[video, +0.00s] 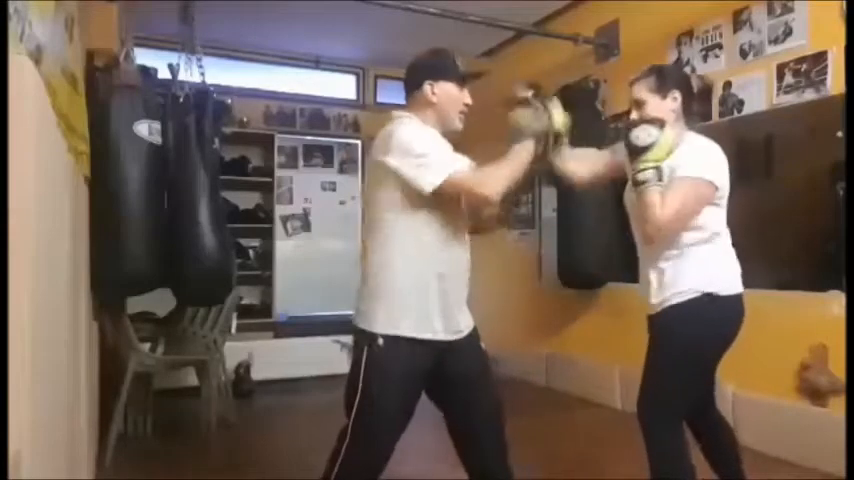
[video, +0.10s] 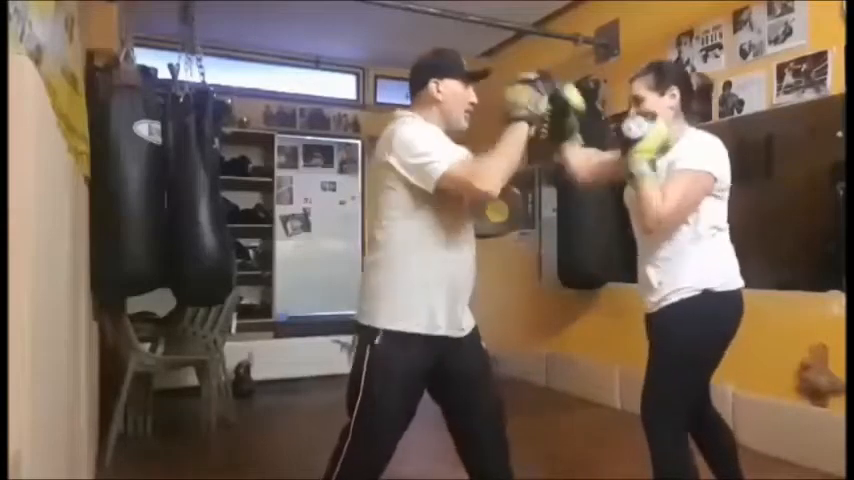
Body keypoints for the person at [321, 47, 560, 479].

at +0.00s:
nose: (469, 99)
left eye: (467, 89)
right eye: (459, 86)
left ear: (433, 93)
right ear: (430, 91)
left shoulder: (441, 148)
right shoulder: (402, 135)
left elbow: (477, 221)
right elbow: (480, 188)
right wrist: (528, 142)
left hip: (452, 329)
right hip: (394, 331)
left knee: (489, 456)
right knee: (360, 460)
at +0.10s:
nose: (474, 97)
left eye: (472, 87)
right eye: (466, 85)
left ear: (437, 92)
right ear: (436, 88)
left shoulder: (443, 143)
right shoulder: (405, 132)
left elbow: (494, 176)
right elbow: (481, 183)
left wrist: (535, 130)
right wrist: (522, 121)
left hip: (453, 328)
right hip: (396, 330)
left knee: (490, 456)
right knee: (362, 459)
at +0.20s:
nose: (487, 98)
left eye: (485, 89)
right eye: (479, 87)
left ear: (450, 93)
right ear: (449, 90)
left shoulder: (456, 143)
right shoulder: (422, 132)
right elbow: (507, 186)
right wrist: (560, 150)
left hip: (457, 329)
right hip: (402, 330)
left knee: (492, 454)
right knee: (368, 455)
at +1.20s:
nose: (456, 100)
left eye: (455, 90)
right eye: (447, 87)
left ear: (420, 91)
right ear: (417, 89)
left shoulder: (428, 146)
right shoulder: (382, 134)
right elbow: (465, 173)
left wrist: (522, 146)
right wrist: (513, 130)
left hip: (448, 330)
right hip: (385, 334)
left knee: (492, 459)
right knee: (354, 466)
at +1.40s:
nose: (448, 97)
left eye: (447, 88)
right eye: (438, 85)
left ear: (412, 91)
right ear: (407, 89)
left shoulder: (433, 147)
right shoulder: (366, 142)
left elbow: (474, 196)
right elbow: (413, 199)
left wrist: (527, 165)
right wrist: (468, 138)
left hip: (448, 334)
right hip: (381, 339)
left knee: (486, 461)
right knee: (355, 466)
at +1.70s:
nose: (469, 109)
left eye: (469, 99)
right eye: (462, 98)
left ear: (437, 98)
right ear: (435, 96)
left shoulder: (432, 151)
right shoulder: (397, 139)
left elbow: (462, 206)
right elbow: (461, 206)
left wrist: (503, 146)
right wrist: (505, 158)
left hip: (450, 332)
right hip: (391, 338)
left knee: (497, 423)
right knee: (362, 455)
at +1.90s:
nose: (511, 105)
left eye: (511, 95)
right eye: (503, 94)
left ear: (474, 99)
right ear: (474, 97)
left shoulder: (489, 158)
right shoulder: (434, 135)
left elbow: (520, 203)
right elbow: (445, 178)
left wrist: (582, 206)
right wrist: (514, 139)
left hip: (493, 329)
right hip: (430, 329)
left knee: (528, 422)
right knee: (382, 444)